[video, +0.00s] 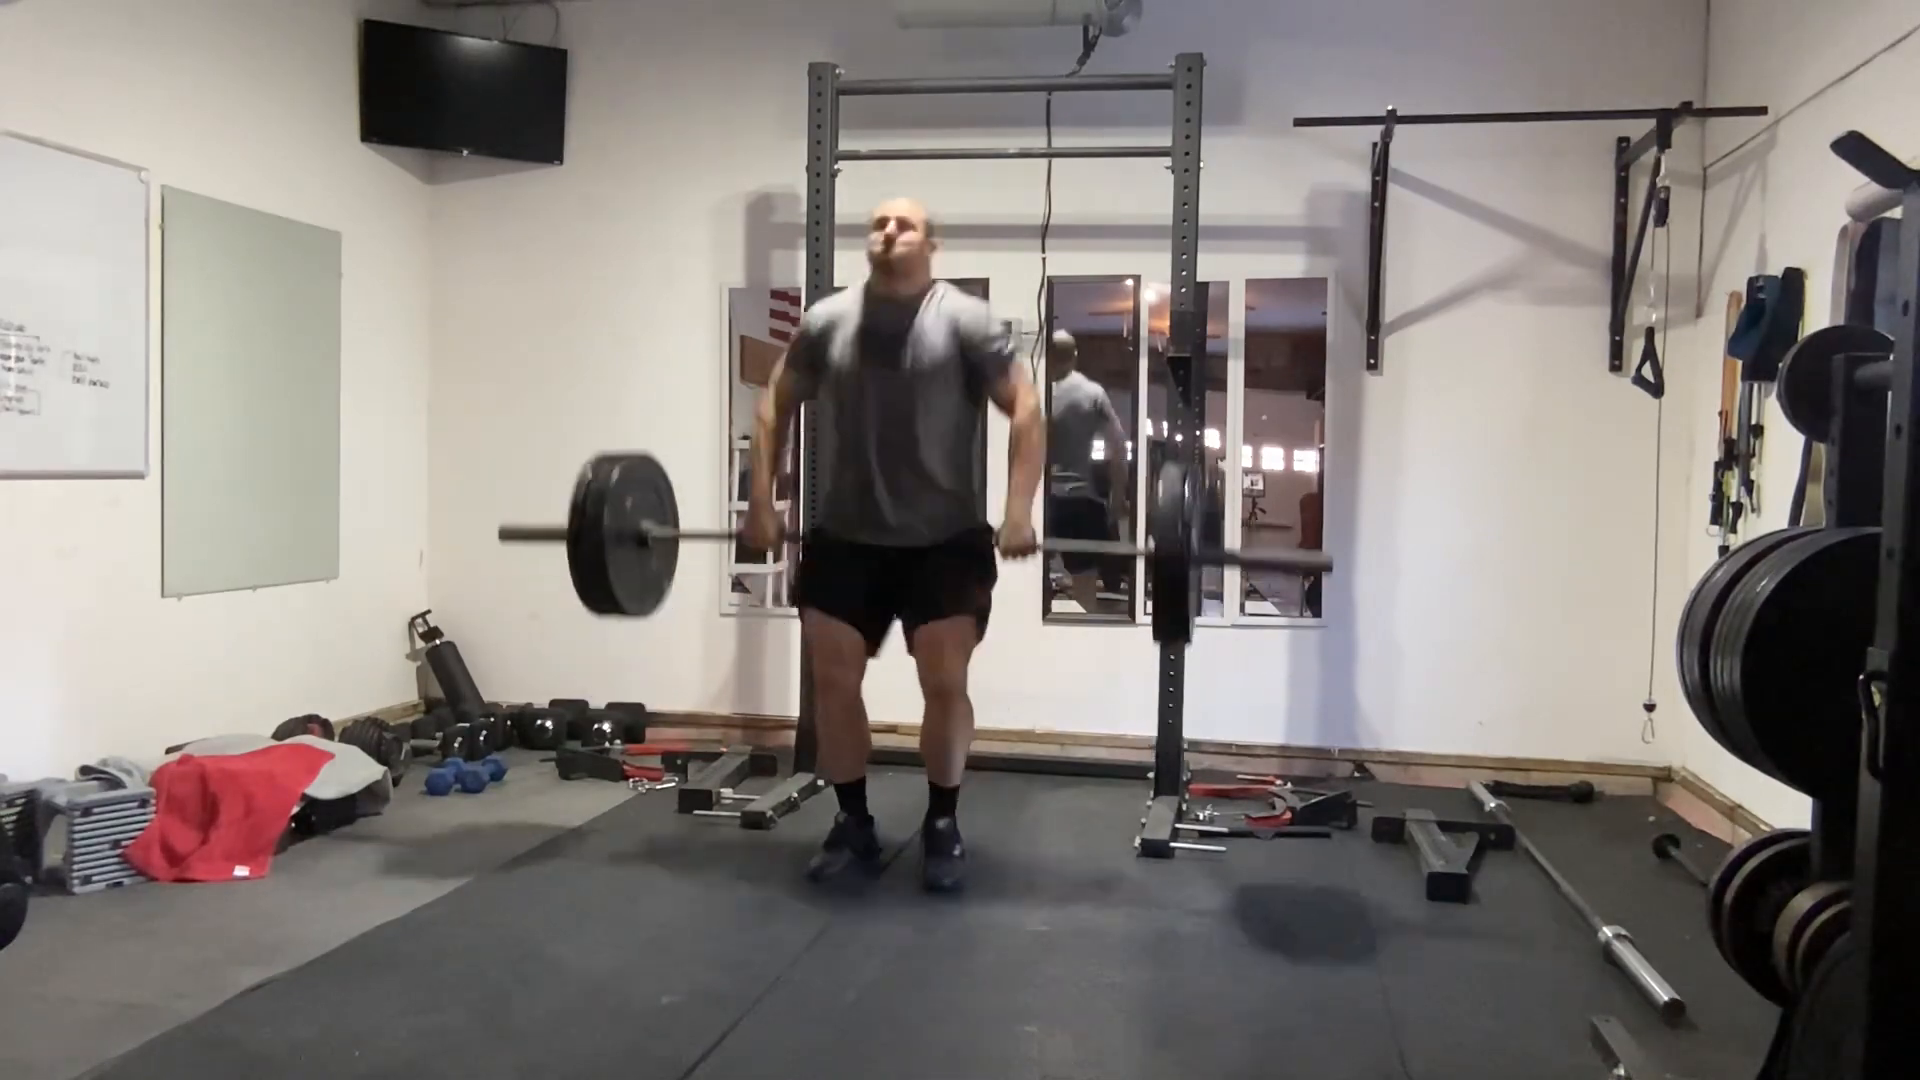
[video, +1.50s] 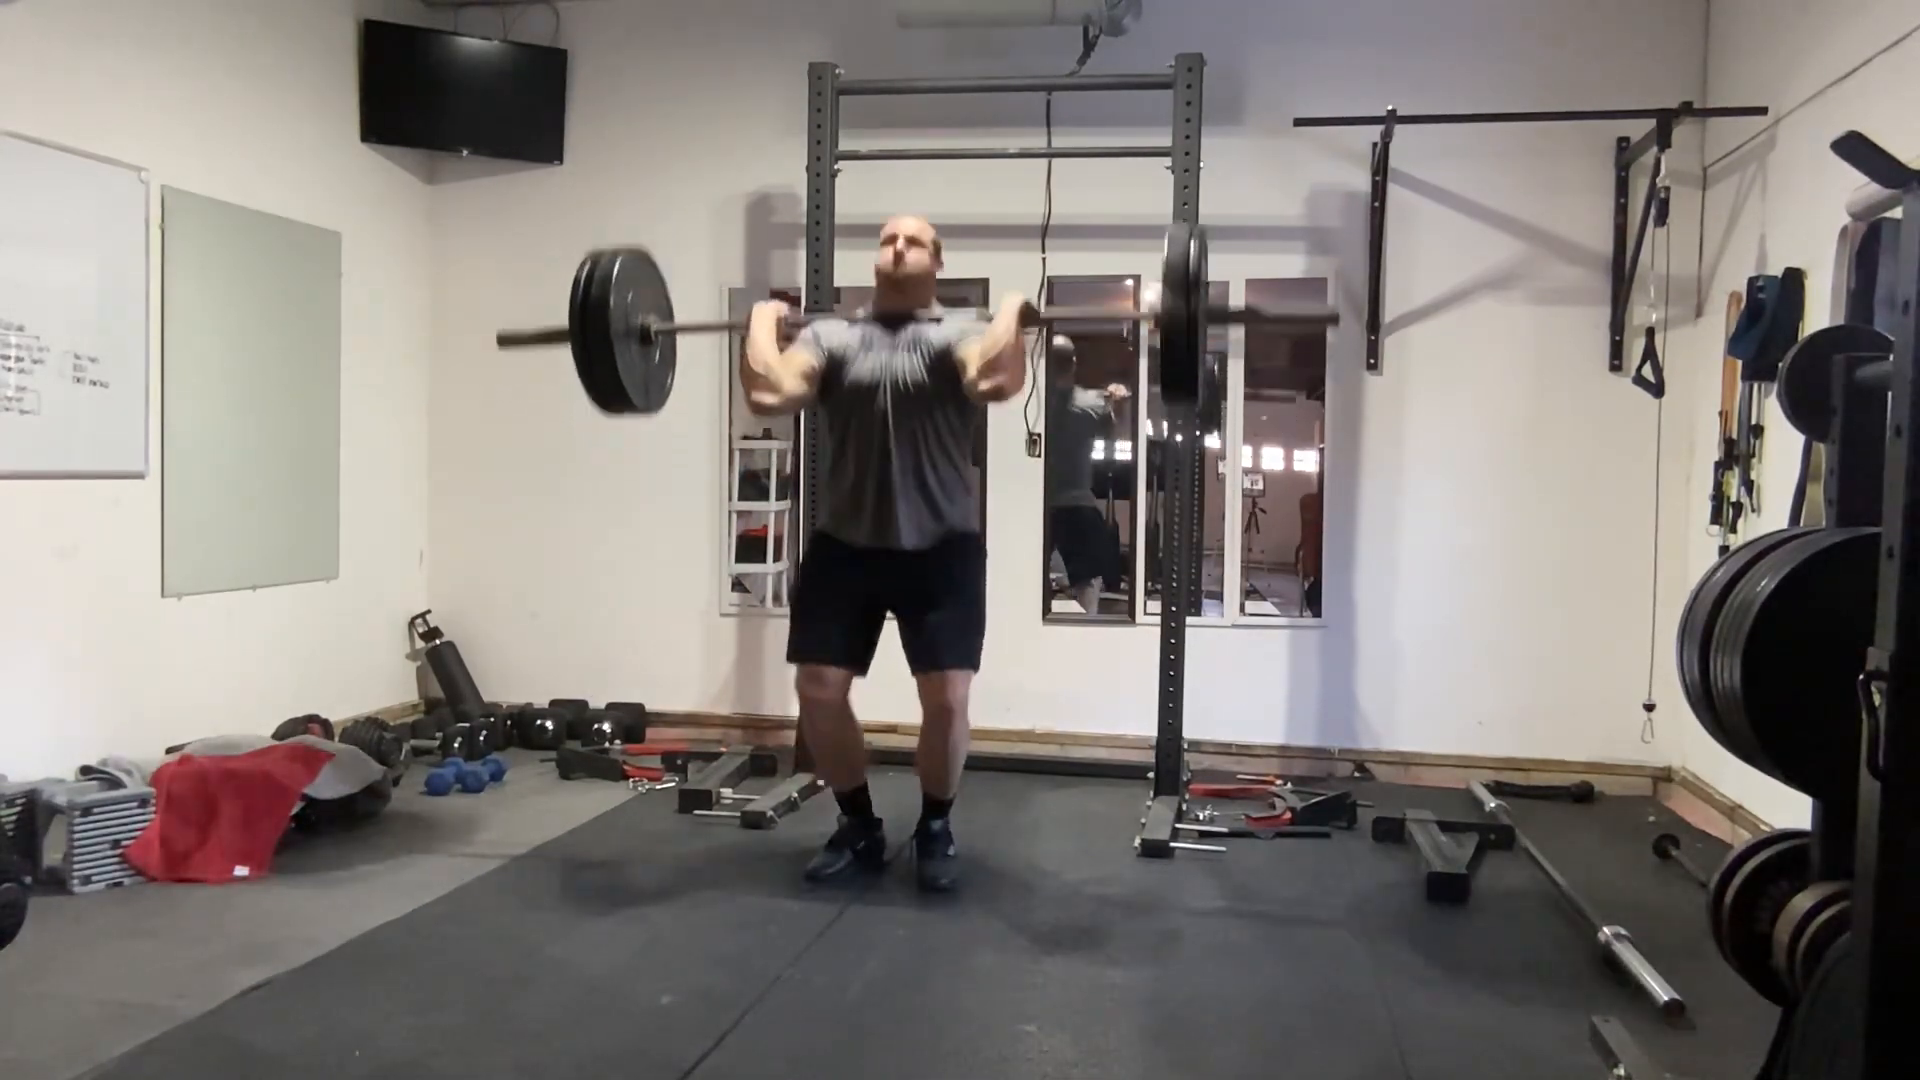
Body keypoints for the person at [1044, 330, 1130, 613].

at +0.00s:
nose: (1049, 363)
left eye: (1051, 357)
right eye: (1053, 356)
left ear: (1050, 358)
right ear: (1075, 356)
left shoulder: (1038, 394)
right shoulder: (1093, 392)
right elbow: (1117, 441)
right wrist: (1118, 494)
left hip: (1046, 495)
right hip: (1082, 494)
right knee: (1083, 576)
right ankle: (1090, 631)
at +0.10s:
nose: (1059, 346)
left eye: (1058, 340)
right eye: (1060, 340)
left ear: (1044, 341)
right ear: (1073, 340)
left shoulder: (1031, 376)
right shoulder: (1093, 374)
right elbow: (1121, 423)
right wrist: (1116, 464)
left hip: (1037, 478)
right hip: (1079, 477)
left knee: (1033, 558)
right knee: (1077, 563)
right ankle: (1082, 626)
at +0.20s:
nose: (1056, 348)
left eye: (1055, 341)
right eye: (1059, 342)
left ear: (1040, 343)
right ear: (1071, 343)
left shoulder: (1027, 377)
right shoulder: (1087, 372)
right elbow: (1126, 413)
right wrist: (1114, 436)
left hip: (1036, 484)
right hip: (1077, 481)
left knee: (1031, 566)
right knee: (1078, 567)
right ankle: (1083, 634)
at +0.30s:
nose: (1059, 353)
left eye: (1057, 347)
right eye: (1063, 347)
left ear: (1045, 350)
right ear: (1072, 350)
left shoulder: (1031, 381)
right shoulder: (1084, 382)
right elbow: (1117, 420)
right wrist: (1120, 401)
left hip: (1039, 486)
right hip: (1077, 485)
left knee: (1037, 560)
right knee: (1077, 564)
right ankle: (1081, 619)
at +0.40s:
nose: (1070, 351)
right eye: (1071, 346)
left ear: (1043, 350)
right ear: (1073, 349)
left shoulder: (1030, 385)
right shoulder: (1088, 389)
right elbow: (1120, 430)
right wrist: (1119, 400)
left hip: (1034, 488)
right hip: (1076, 489)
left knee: (1034, 567)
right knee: (1077, 572)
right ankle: (1080, 630)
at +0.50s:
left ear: (1042, 355)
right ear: (1073, 356)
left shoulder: (1027, 396)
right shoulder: (1088, 398)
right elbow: (1110, 437)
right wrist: (1114, 399)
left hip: (1034, 497)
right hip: (1076, 496)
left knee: (1032, 579)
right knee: (1077, 581)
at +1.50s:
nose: (1065, 366)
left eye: (1062, 361)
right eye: (1068, 359)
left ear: (1043, 364)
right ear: (1075, 363)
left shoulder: (1030, 402)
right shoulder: (1091, 402)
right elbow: (1118, 435)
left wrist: (1116, 405)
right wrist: (1120, 405)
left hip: (1035, 506)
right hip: (1077, 504)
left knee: (1029, 579)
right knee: (1087, 578)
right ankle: (1087, 638)